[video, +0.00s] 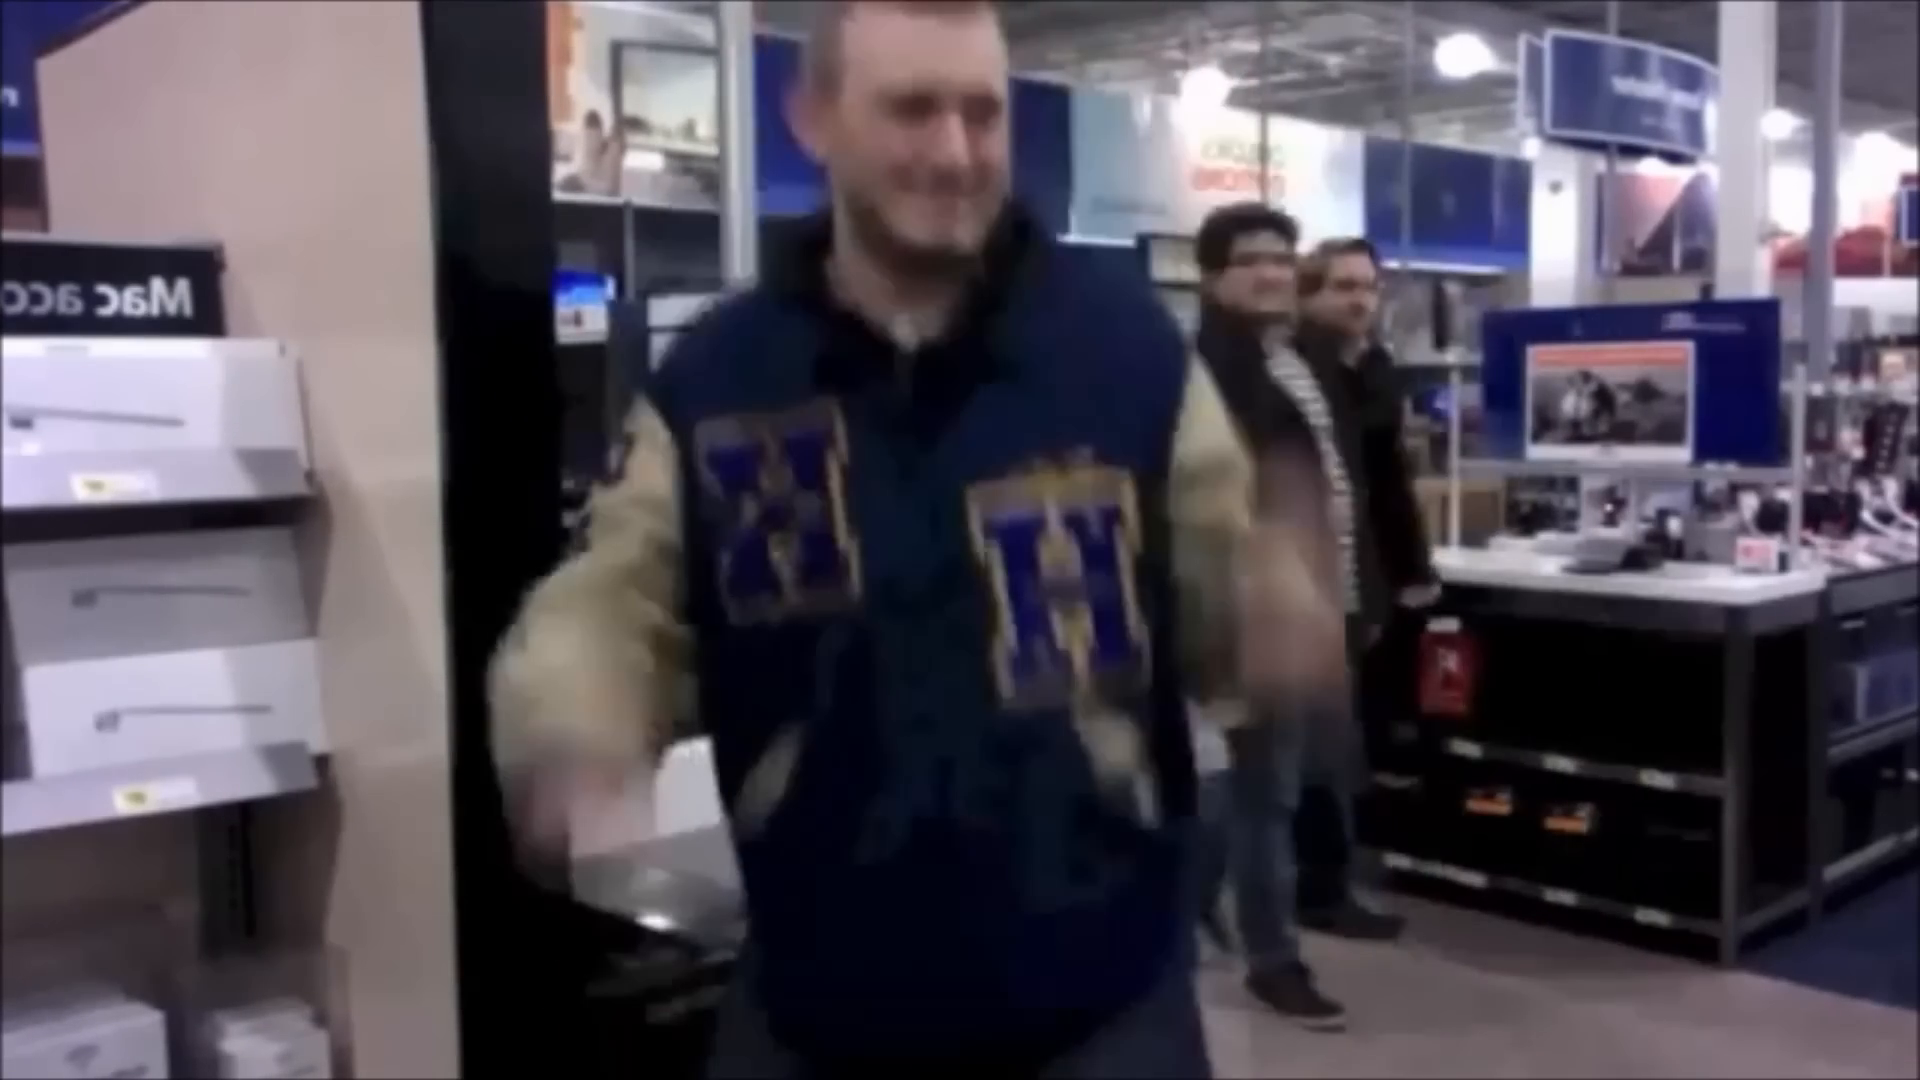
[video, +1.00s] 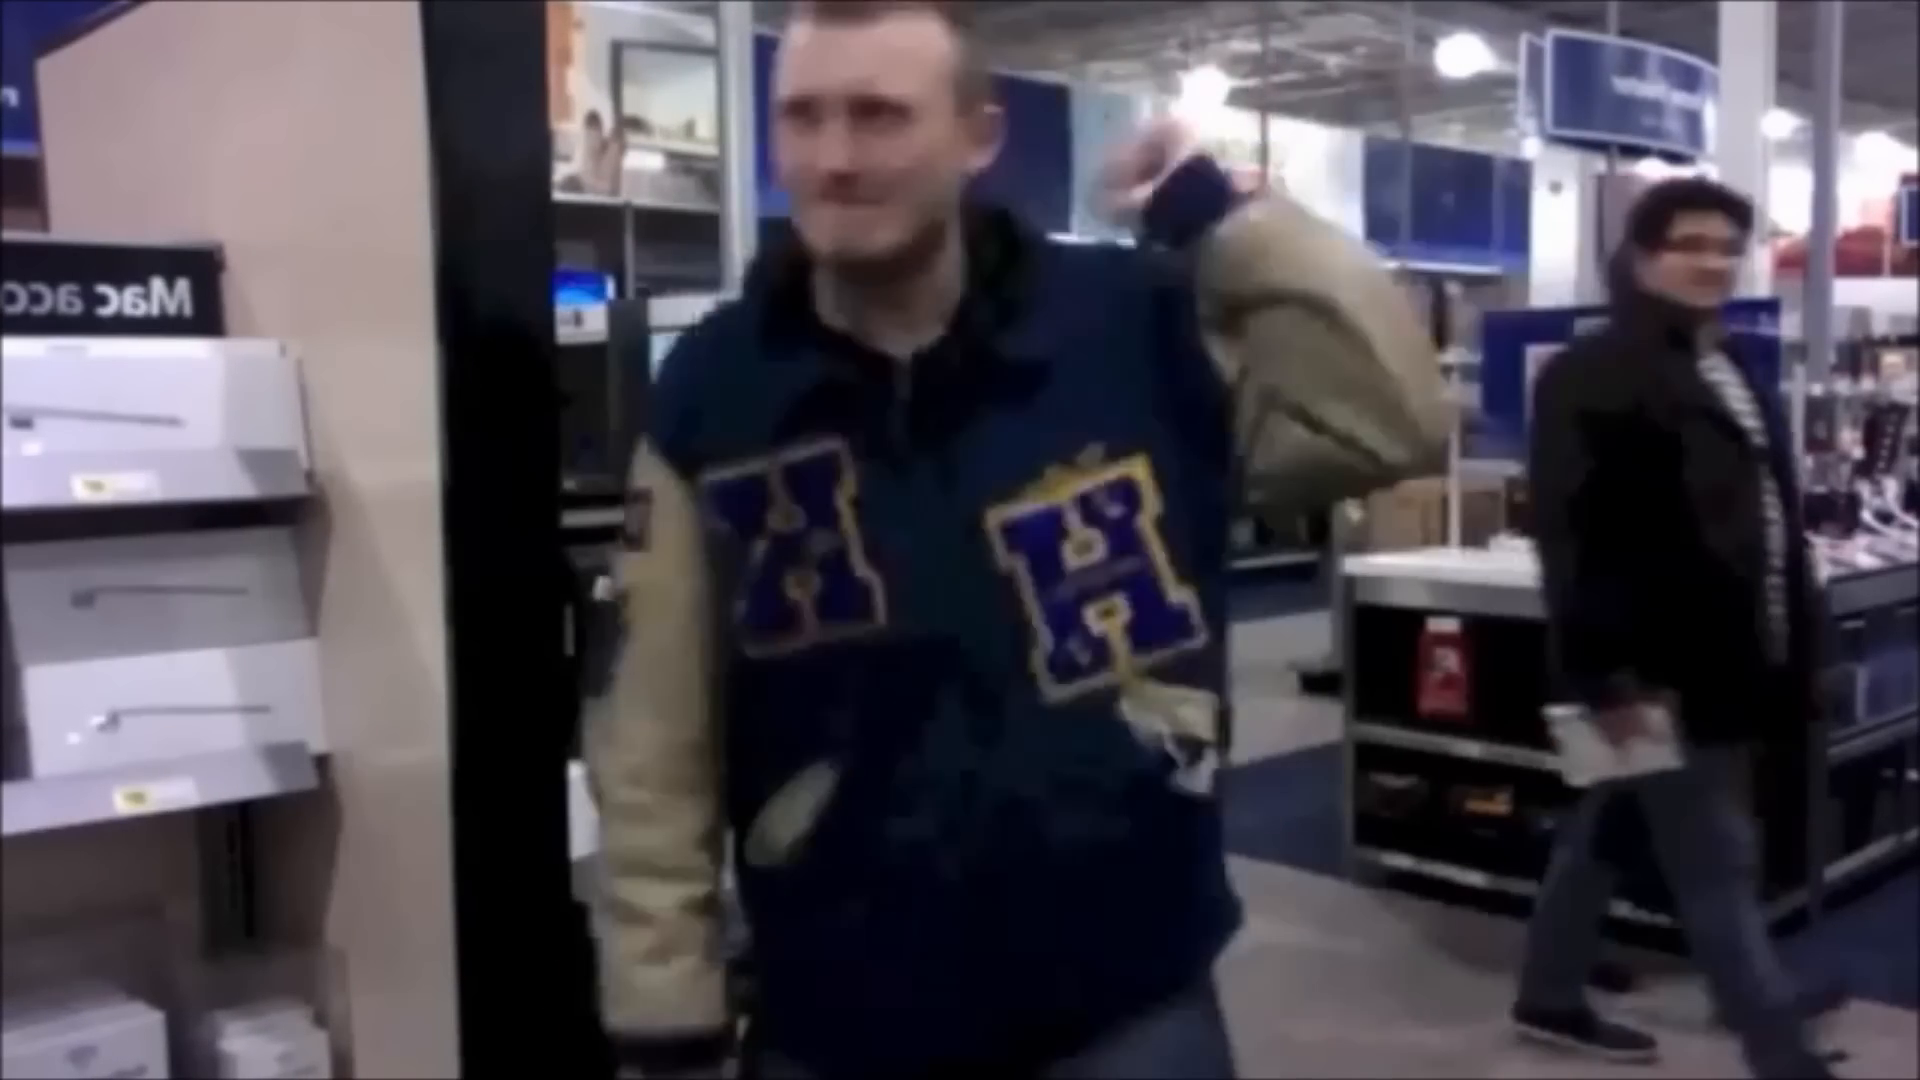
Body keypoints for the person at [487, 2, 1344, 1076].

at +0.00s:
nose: (954, 152)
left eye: (981, 113)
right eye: (912, 110)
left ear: (1013, 121)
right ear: (814, 119)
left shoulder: (1116, 335)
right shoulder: (722, 375)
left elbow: (1219, 577)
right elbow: (614, 600)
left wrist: (1274, 615)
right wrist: (580, 736)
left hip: (1093, 957)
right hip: (833, 964)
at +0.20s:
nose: (1045, 85)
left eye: (1070, 52)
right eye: (1000, 46)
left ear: (1096, 72)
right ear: (901, 63)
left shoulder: (1193, 309)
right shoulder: (794, 292)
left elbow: (1278, 623)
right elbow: (594, 473)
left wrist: (1315, 897)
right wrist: (695, 202)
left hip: (1133, 911)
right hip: (863, 908)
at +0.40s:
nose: (1214, 172)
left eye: (1246, 133)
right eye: (1171, 129)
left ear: (1277, 149)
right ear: (1075, 137)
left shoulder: (1347, 394)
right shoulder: (955, 335)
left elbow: (1399, 736)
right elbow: (718, 488)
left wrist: (1407, 1014)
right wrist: (894, 245)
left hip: (1250, 1009)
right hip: (979, 1001)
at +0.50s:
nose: (1214, 184)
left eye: (1247, 147)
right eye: (1170, 144)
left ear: (1281, 167)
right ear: (1081, 159)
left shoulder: (1352, 405)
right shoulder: (965, 358)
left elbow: (1414, 749)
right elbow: (721, 499)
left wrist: (1426, 1029)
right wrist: (903, 271)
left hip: (1264, 1021)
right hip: (989, 1013)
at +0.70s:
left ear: (1144, 9)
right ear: (956, 4)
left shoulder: (1257, 209)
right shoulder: (866, 202)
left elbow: (1377, 457)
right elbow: (681, 474)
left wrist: (1484, 557)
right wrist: (765, 318)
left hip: (1190, 835)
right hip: (932, 832)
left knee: (1247, 1060)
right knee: (835, 1064)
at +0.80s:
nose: (999, 2)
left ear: (1102, 11)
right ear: (907, 12)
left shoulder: (1223, 209)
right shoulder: (807, 221)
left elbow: (1348, 451)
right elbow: (674, 454)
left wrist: (1472, 416)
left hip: (1163, 840)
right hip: (905, 843)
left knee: (1224, 1060)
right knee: (818, 1065)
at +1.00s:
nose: (834, 155)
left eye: (878, 116)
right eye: (804, 116)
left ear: (978, 134)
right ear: (774, 135)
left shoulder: (1132, 329)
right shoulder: (716, 387)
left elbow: (1388, 426)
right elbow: (656, 730)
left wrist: (1219, 219)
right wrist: (665, 1017)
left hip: (1117, 994)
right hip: (845, 1001)